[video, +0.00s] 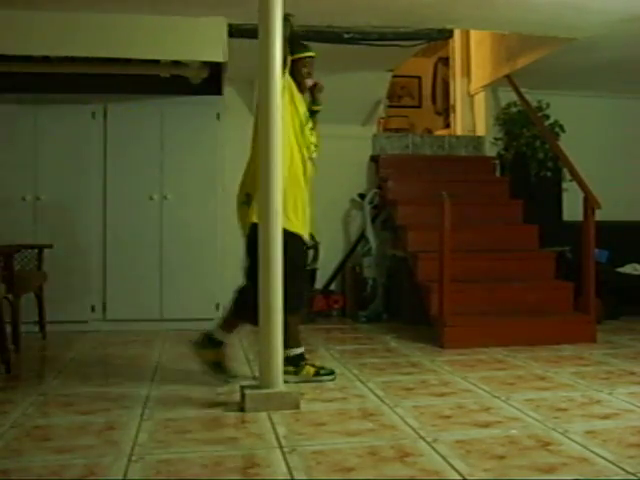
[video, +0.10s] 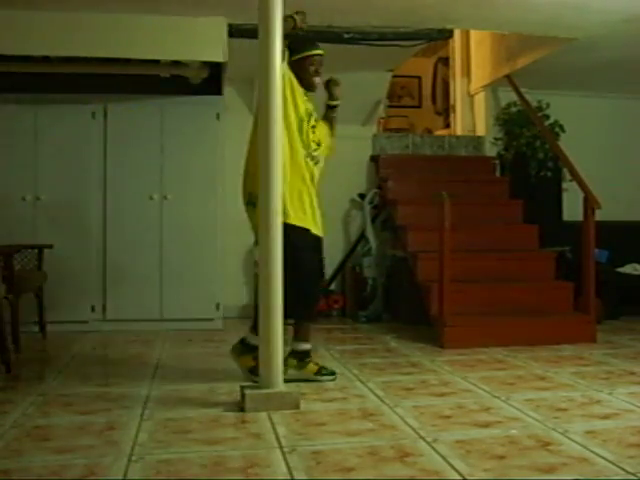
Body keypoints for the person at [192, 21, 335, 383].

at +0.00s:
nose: (308, 72)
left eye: (311, 66)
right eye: (303, 65)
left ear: (312, 67)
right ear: (288, 64)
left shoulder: (297, 101)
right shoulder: (278, 92)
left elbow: (308, 150)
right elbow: (271, 57)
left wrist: (315, 105)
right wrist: (283, 28)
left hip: (289, 208)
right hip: (275, 209)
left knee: (262, 284)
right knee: (291, 285)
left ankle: (216, 338)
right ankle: (291, 357)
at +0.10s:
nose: (318, 70)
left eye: (320, 63)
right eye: (311, 63)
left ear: (318, 66)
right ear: (292, 64)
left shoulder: (306, 105)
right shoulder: (284, 92)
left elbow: (321, 146)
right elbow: (272, 60)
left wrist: (332, 105)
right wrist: (287, 27)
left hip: (304, 201)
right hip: (284, 200)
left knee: (289, 278)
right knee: (304, 278)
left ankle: (253, 344)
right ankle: (300, 354)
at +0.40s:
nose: (342, 72)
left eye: (347, 66)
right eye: (334, 65)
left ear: (351, 72)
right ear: (319, 67)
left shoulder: (352, 118)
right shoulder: (301, 87)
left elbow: (377, 151)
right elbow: (274, 43)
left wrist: (381, 110)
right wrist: (312, 31)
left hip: (327, 216)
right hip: (290, 207)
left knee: (337, 291)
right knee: (268, 284)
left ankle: (354, 362)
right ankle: (250, 350)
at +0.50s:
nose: (353, 67)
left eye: (358, 62)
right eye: (345, 60)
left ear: (362, 68)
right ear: (331, 65)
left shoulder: (367, 114)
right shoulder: (308, 87)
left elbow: (393, 154)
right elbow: (275, 55)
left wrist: (395, 112)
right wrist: (314, 35)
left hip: (344, 218)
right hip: (302, 209)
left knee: (346, 296)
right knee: (280, 289)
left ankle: (353, 367)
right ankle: (257, 348)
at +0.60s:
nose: (362, 64)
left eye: (367, 59)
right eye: (354, 58)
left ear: (372, 66)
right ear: (340, 64)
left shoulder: (386, 110)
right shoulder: (318, 88)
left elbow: (420, 145)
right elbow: (282, 59)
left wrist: (414, 106)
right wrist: (318, 36)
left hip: (363, 210)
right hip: (320, 202)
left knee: (357, 290)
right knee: (312, 283)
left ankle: (354, 366)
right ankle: (287, 336)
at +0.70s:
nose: (368, 65)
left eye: (373, 59)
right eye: (361, 59)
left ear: (380, 66)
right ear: (349, 65)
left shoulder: (401, 107)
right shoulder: (328, 94)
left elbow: (441, 133)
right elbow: (289, 67)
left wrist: (430, 94)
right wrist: (320, 38)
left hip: (380, 211)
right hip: (334, 205)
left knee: (365, 292)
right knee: (331, 285)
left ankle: (355, 367)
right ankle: (333, 334)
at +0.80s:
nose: (375, 66)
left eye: (381, 61)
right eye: (368, 61)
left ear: (390, 67)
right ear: (357, 67)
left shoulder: (414, 106)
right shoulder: (336, 97)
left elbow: (462, 124)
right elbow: (292, 72)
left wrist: (441, 85)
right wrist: (324, 44)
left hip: (395, 213)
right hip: (345, 210)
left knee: (376, 294)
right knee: (348, 292)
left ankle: (357, 366)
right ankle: (378, 336)